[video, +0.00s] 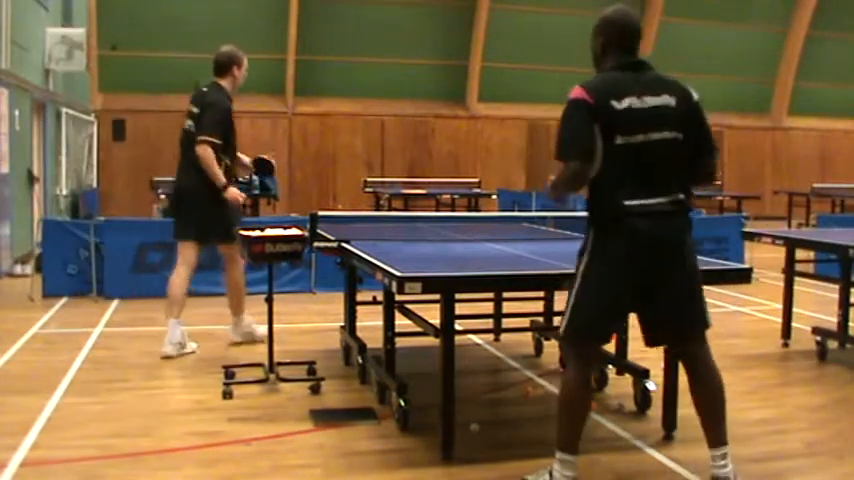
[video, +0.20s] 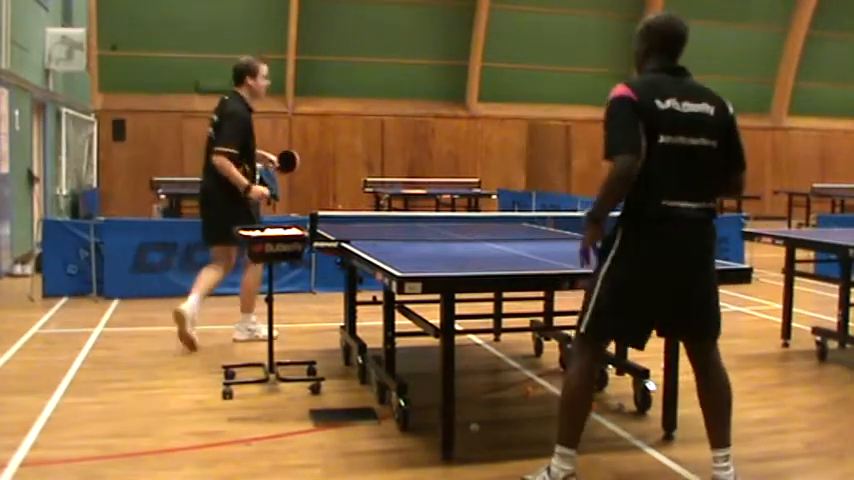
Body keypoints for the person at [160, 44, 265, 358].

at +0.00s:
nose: (245, 75)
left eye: (245, 69)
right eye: (244, 69)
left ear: (220, 68)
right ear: (236, 70)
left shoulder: (203, 95)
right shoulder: (219, 102)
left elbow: (213, 141)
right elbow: (203, 148)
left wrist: (238, 158)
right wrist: (226, 186)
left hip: (188, 190)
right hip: (210, 191)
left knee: (185, 261)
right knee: (233, 256)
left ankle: (173, 334)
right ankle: (240, 324)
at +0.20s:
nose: (267, 84)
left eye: (266, 78)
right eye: (263, 78)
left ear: (245, 81)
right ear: (249, 80)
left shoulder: (230, 104)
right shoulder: (237, 112)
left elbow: (235, 146)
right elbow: (220, 158)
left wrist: (260, 156)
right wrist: (248, 187)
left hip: (215, 193)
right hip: (233, 195)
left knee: (222, 259)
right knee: (257, 254)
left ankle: (189, 308)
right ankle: (247, 323)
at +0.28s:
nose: (273, 84)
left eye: (273, 79)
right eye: (269, 79)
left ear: (253, 81)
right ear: (252, 81)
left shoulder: (241, 105)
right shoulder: (242, 112)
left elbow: (241, 146)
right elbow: (225, 157)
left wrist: (265, 154)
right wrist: (256, 183)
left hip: (227, 193)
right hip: (238, 195)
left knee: (238, 253)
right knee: (259, 257)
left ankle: (205, 301)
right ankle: (247, 323)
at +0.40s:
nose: (279, 83)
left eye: (280, 77)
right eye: (274, 77)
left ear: (266, 81)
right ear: (257, 80)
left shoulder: (263, 107)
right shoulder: (245, 109)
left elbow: (259, 140)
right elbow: (229, 155)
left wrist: (279, 151)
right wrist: (261, 174)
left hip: (253, 187)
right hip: (238, 189)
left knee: (261, 249)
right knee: (260, 252)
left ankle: (241, 303)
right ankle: (246, 321)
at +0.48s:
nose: (283, 84)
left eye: (285, 79)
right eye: (278, 79)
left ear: (282, 83)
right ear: (262, 81)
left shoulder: (274, 110)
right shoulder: (246, 111)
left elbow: (273, 141)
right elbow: (232, 155)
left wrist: (287, 150)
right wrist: (265, 172)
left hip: (261, 189)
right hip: (242, 190)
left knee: (268, 248)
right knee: (260, 252)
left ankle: (268, 302)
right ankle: (247, 320)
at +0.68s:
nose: (295, 98)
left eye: (298, 93)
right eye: (289, 93)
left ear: (300, 95)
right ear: (275, 94)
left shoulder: (299, 122)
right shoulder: (259, 121)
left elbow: (313, 151)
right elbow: (241, 162)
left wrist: (315, 161)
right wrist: (274, 174)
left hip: (279, 191)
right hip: (252, 191)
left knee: (293, 244)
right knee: (262, 251)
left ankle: (292, 304)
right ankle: (248, 318)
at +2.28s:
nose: (311, 142)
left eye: (313, 137)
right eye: (306, 136)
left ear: (315, 137)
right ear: (291, 135)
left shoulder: (305, 160)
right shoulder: (266, 151)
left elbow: (304, 193)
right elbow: (239, 186)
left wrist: (310, 205)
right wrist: (265, 211)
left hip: (274, 209)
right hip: (244, 204)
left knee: (304, 246)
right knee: (243, 255)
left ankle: (300, 303)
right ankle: (220, 317)